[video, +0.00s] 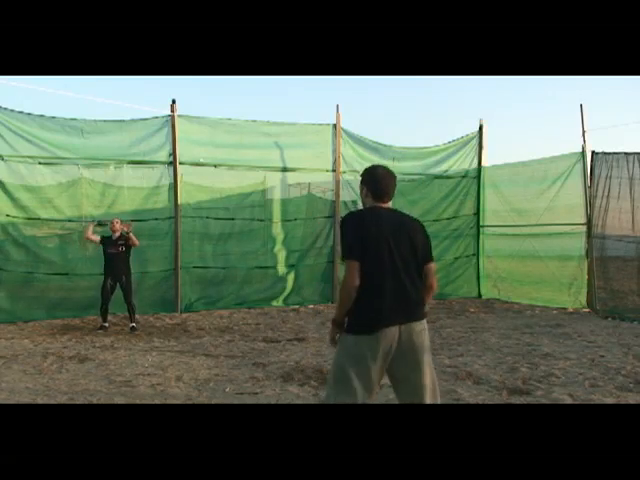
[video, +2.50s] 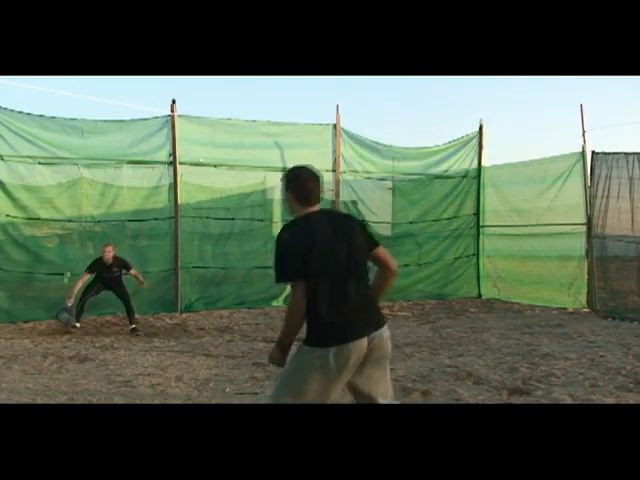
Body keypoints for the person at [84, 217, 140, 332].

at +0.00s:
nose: (113, 225)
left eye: (116, 223)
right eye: (112, 223)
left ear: (121, 226)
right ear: (110, 226)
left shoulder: (126, 239)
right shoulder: (105, 240)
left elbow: (136, 244)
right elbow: (88, 236)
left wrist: (129, 233)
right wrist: (92, 225)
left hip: (124, 273)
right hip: (109, 273)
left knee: (128, 300)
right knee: (104, 299)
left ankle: (133, 323)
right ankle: (104, 323)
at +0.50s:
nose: (118, 227)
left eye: (120, 225)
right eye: (116, 225)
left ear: (123, 227)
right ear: (112, 227)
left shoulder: (127, 241)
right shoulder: (105, 242)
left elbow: (133, 253)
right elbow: (99, 260)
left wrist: (137, 259)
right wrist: (108, 275)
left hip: (122, 274)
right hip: (108, 274)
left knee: (128, 299)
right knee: (104, 300)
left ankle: (132, 323)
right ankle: (103, 323)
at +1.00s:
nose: (113, 230)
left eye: (115, 228)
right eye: (111, 228)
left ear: (119, 231)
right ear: (107, 230)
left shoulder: (123, 244)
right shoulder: (102, 244)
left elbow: (130, 256)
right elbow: (83, 252)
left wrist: (120, 249)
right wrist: (82, 242)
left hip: (121, 278)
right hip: (107, 278)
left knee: (129, 300)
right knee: (93, 301)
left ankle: (138, 323)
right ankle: (97, 324)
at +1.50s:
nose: (140, 249)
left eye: (142, 247)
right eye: (137, 246)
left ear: (145, 249)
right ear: (134, 249)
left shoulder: (148, 264)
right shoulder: (128, 262)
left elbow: (152, 280)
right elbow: (131, 280)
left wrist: (155, 277)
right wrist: (138, 282)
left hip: (136, 290)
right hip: (122, 290)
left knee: (146, 300)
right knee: (105, 308)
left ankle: (151, 327)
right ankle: (96, 326)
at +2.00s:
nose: (123, 242)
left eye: (126, 239)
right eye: (121, 239)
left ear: (129, 241)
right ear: (118, 241)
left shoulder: (134, 255)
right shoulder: (109, 254)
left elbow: (138, 269)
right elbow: (100, 270)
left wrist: (140, 285)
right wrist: (103, 286)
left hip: (127, 284)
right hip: (111, 284)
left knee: (137, 303)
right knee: (97, 303)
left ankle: (147, 325)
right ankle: (94, 324)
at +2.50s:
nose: (107, 255)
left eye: (109, 252)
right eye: (105, 252)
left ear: (113, 253)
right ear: (102, 253)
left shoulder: (120, 262)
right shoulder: (97, 263)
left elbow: (133, 272)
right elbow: (82, 279)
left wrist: (141, 281)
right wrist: (72, 297)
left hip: (116, 283)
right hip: (99, 283)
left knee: (127, 301)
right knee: (83, 298)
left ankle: (133, 326)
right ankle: (77, 322)